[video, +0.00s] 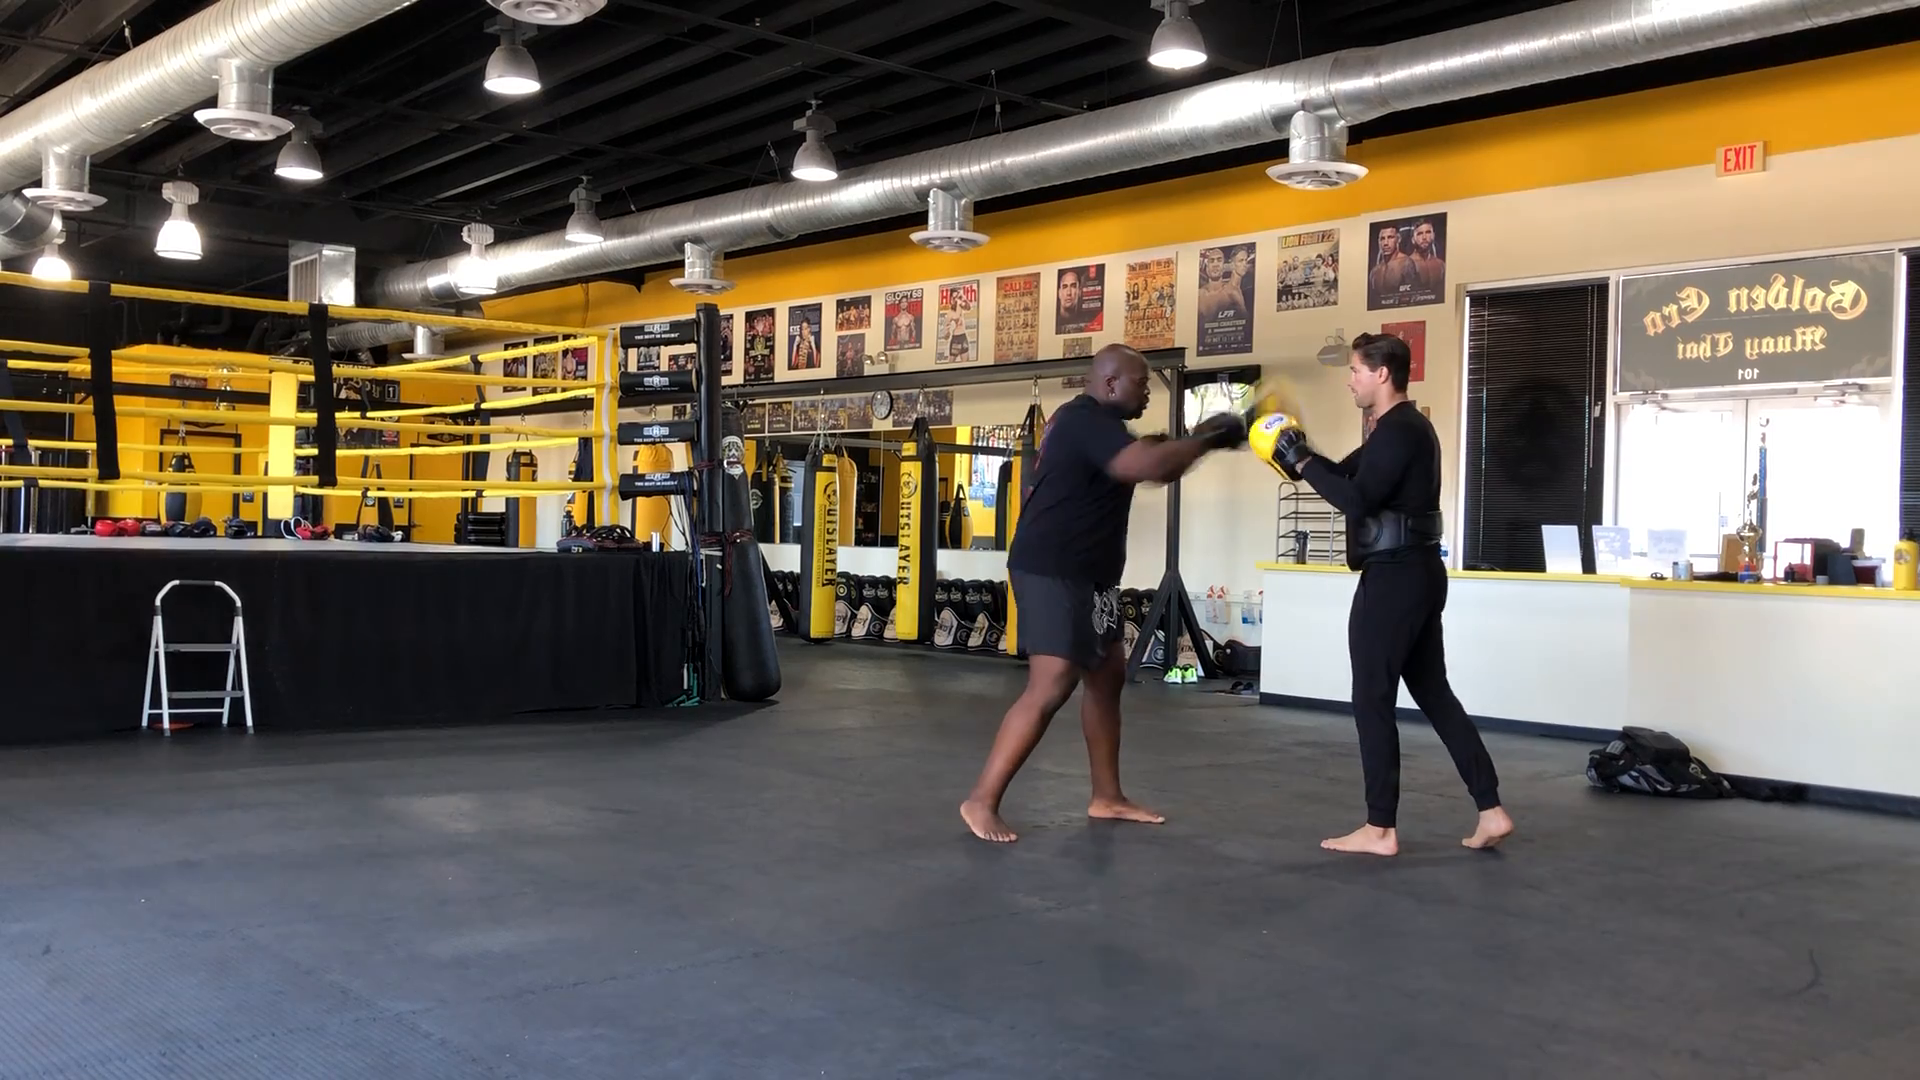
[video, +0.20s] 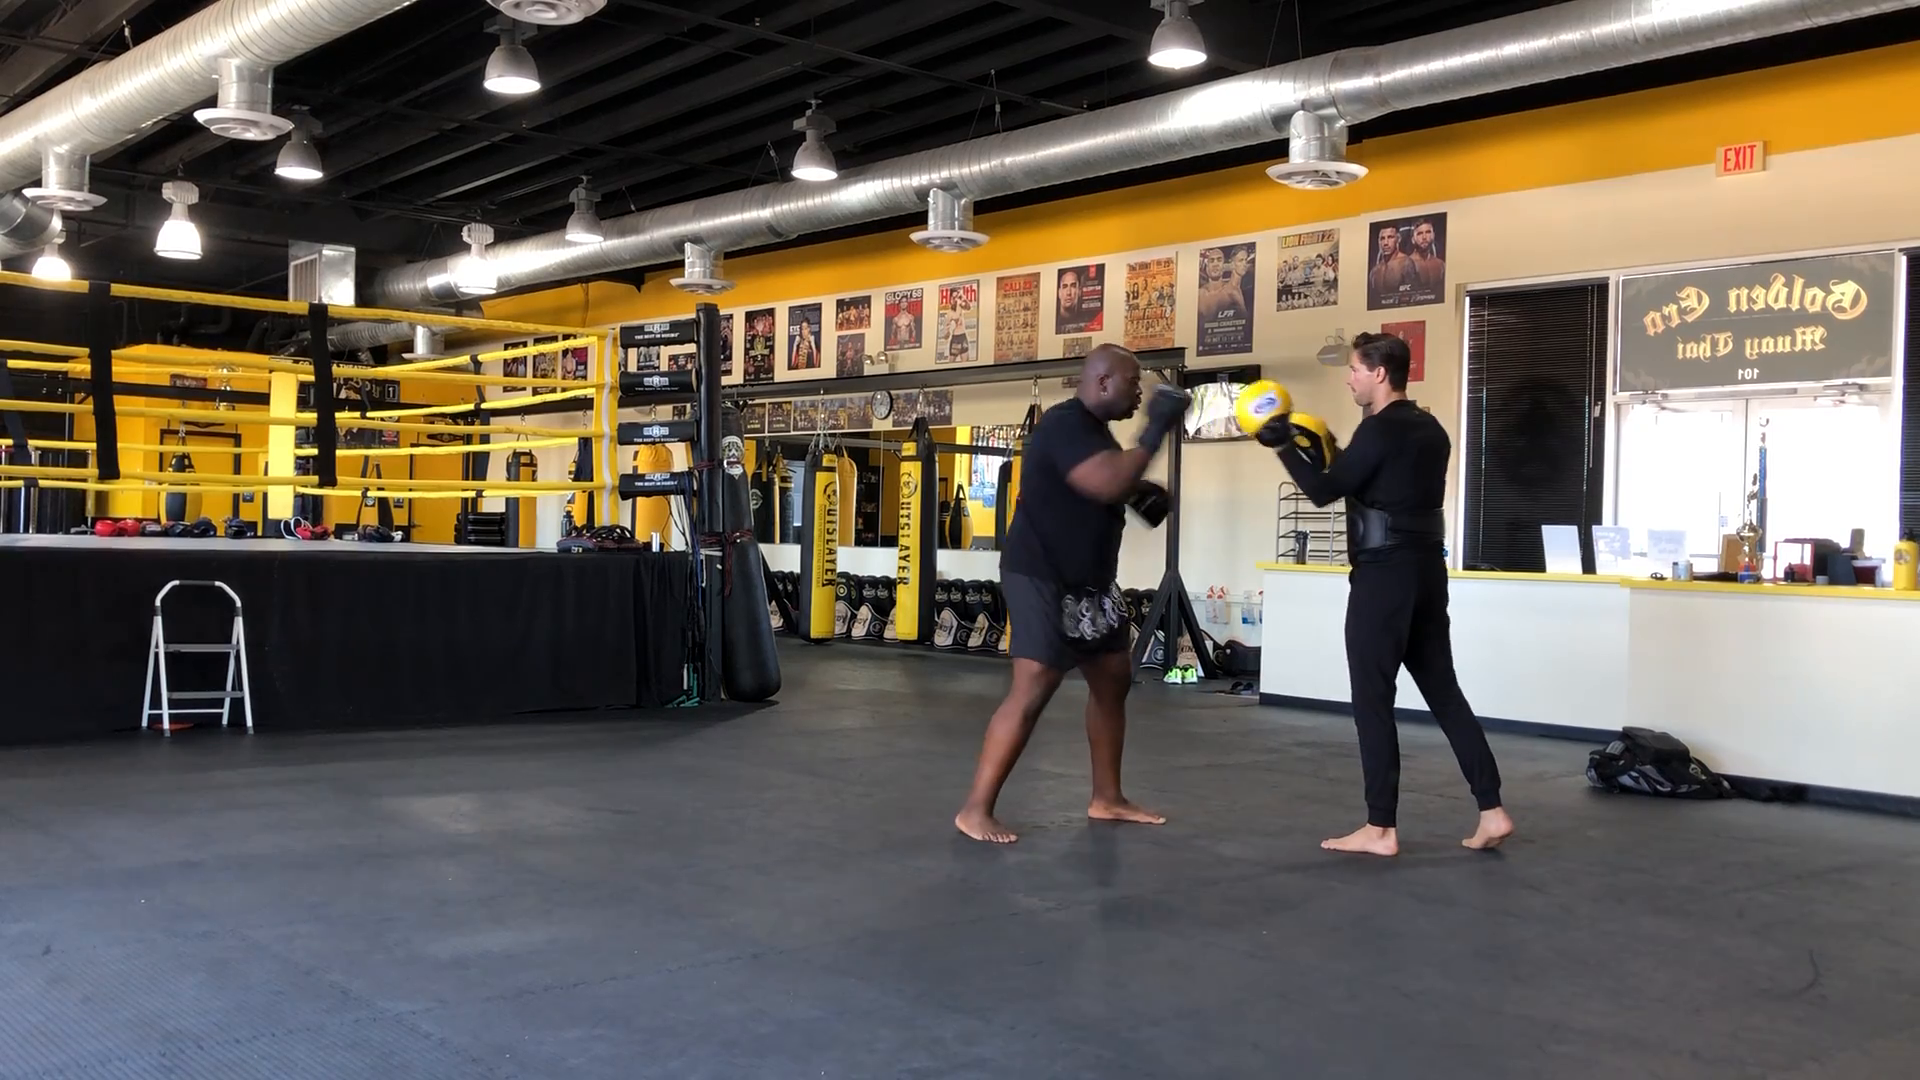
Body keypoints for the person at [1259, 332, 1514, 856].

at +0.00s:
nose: (1349, 382)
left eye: (1356, 372)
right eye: (1350, 373)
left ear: (1383, 375)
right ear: (1387, 375)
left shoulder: (1395, 430)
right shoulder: (1404, 425)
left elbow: (1357, 501)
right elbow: (1347, 478)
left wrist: (1301, 460)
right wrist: (1298, 457)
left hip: (1390, 579)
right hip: (1419, 576)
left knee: (1371, 702)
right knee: (1435, 695)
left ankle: (1380, 829)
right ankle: (1491, 811)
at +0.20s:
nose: (1350, 380)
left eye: (1355, 371)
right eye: (1351, 371)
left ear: (1380, 374)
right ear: (1395, 374)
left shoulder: (1379, 430)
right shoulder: (1432, 430)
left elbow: (1321, 489)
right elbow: (1388, 493)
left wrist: (1281, 445)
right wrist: (1334, 458)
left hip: (1382, 577)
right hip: (1427, 574)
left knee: (1371, 703)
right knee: (1444, 693)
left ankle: (1380, 828)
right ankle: (1493, 812)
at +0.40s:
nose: (1354, 379)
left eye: (1358, 368)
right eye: (1356, 368)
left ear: (1381, 373)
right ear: (1402, 375)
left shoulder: (1374, 429)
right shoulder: (1440, 429)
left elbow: (1314, 483)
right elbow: (1396, 484)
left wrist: (1265, 443)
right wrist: (1349, 436)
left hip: (1384, 575)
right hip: (1434, 573)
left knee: (1374, 700)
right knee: (1448, 693)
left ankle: (1380, 828)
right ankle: (1492, 812)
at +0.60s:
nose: (1365, 375)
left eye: (1374, 367)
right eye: (1367, 366)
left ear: (1402, 375)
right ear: (1403, 376)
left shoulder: (1409, 429)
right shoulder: (1415, 427)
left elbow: (1389, 505)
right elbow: (1352, 492)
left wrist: (1328, 501)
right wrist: (1337, 429)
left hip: (1395, 579)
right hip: (1423, 575)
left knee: (1374, 702)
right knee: (1433, 691)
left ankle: (1380, 828)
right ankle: (1496, 806)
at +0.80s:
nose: (1386, 380)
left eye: (1394, 371)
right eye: (1387, 371)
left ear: (1424, 377)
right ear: (1421, 378)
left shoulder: (1436, 433)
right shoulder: (1423, 429)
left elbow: (1432, 515)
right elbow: (1373, 482)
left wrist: (1363, 545)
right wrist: (1336, 434)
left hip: (1412, 583)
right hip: (1430, 580)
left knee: (1382, 703)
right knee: (1447, 697)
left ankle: (1380, 828)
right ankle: (1509, 809)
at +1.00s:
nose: (1421, 388)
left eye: (1427, 379)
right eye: (1421, 378)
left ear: (1456, 381)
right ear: (1460, 385)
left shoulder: (1455, 435)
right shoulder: (1492, 435)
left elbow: (1432, 512)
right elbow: (1442, 491)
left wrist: (1387, 569)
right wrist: (1404, 454)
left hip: (1433, 582)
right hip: (1472, 582)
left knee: (1393, 700)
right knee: (1481, 703)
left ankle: (1382, 827)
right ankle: (1515, 827)